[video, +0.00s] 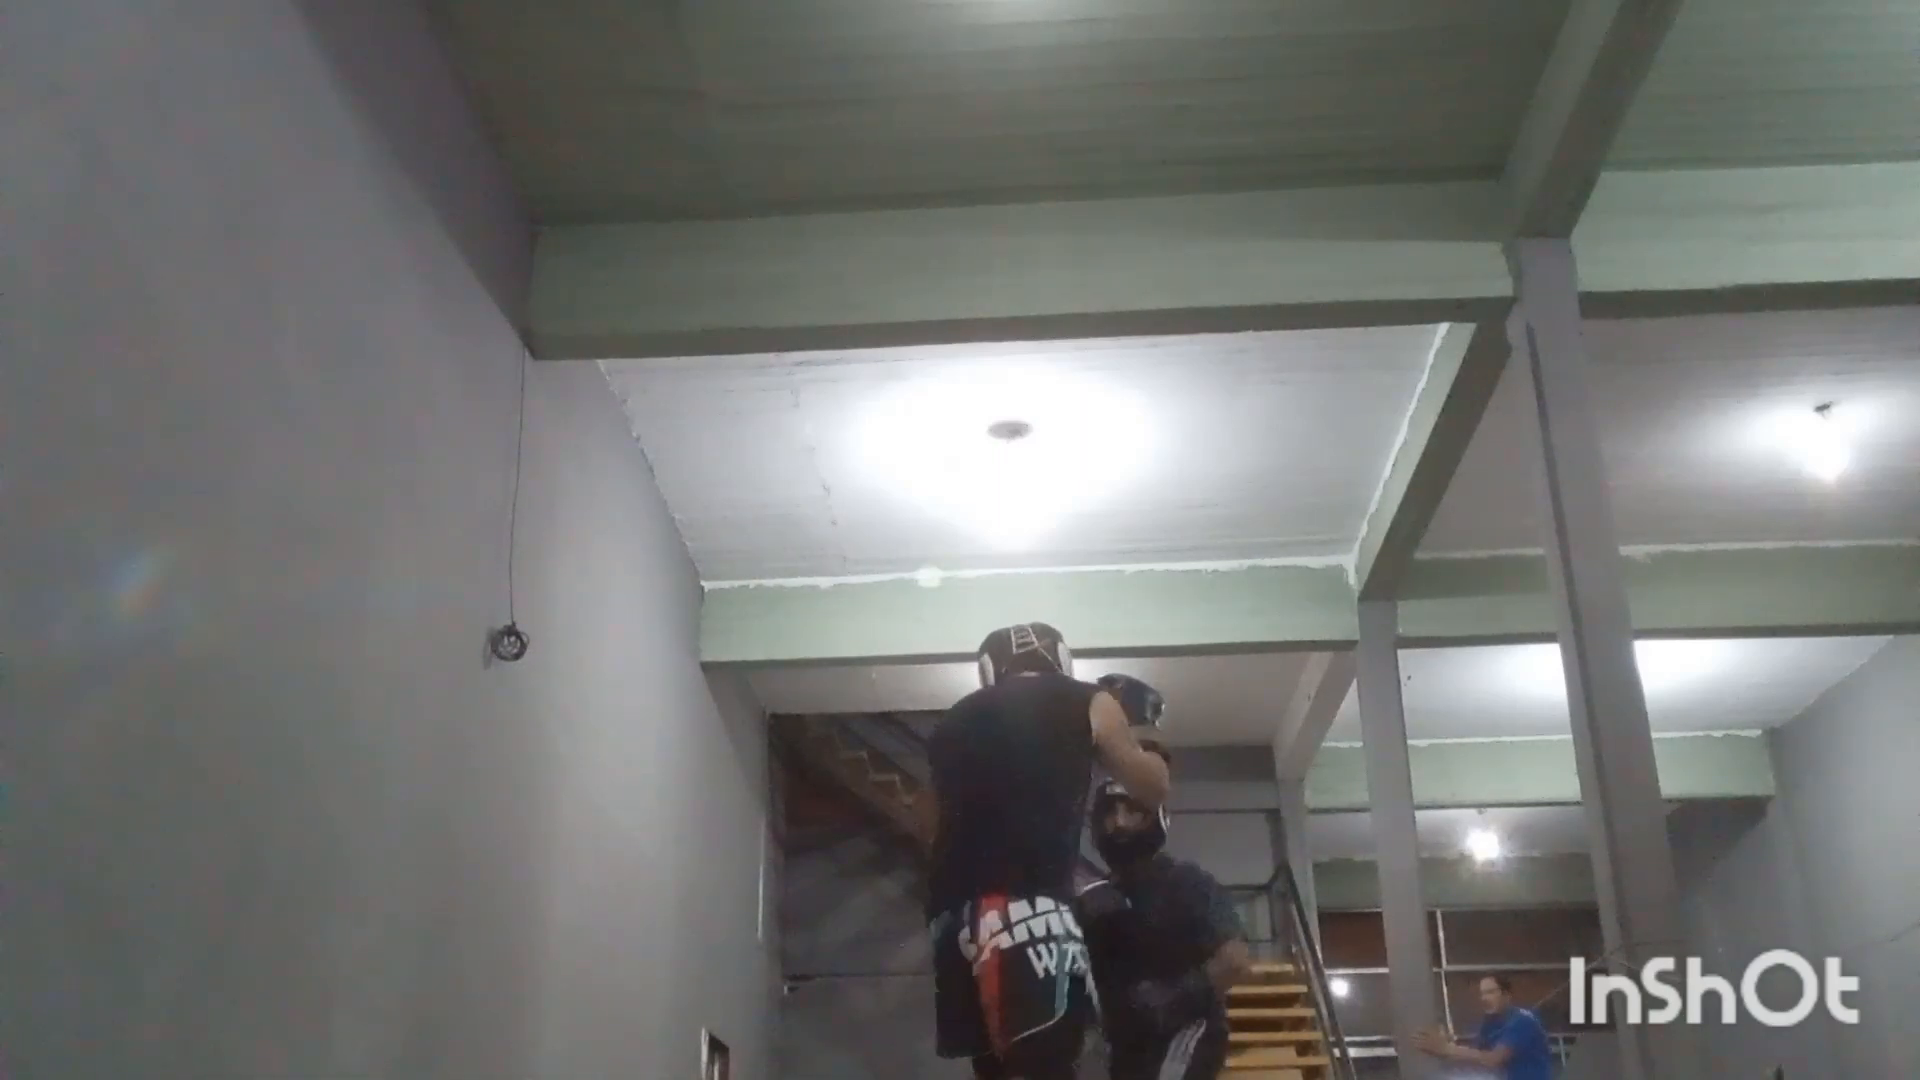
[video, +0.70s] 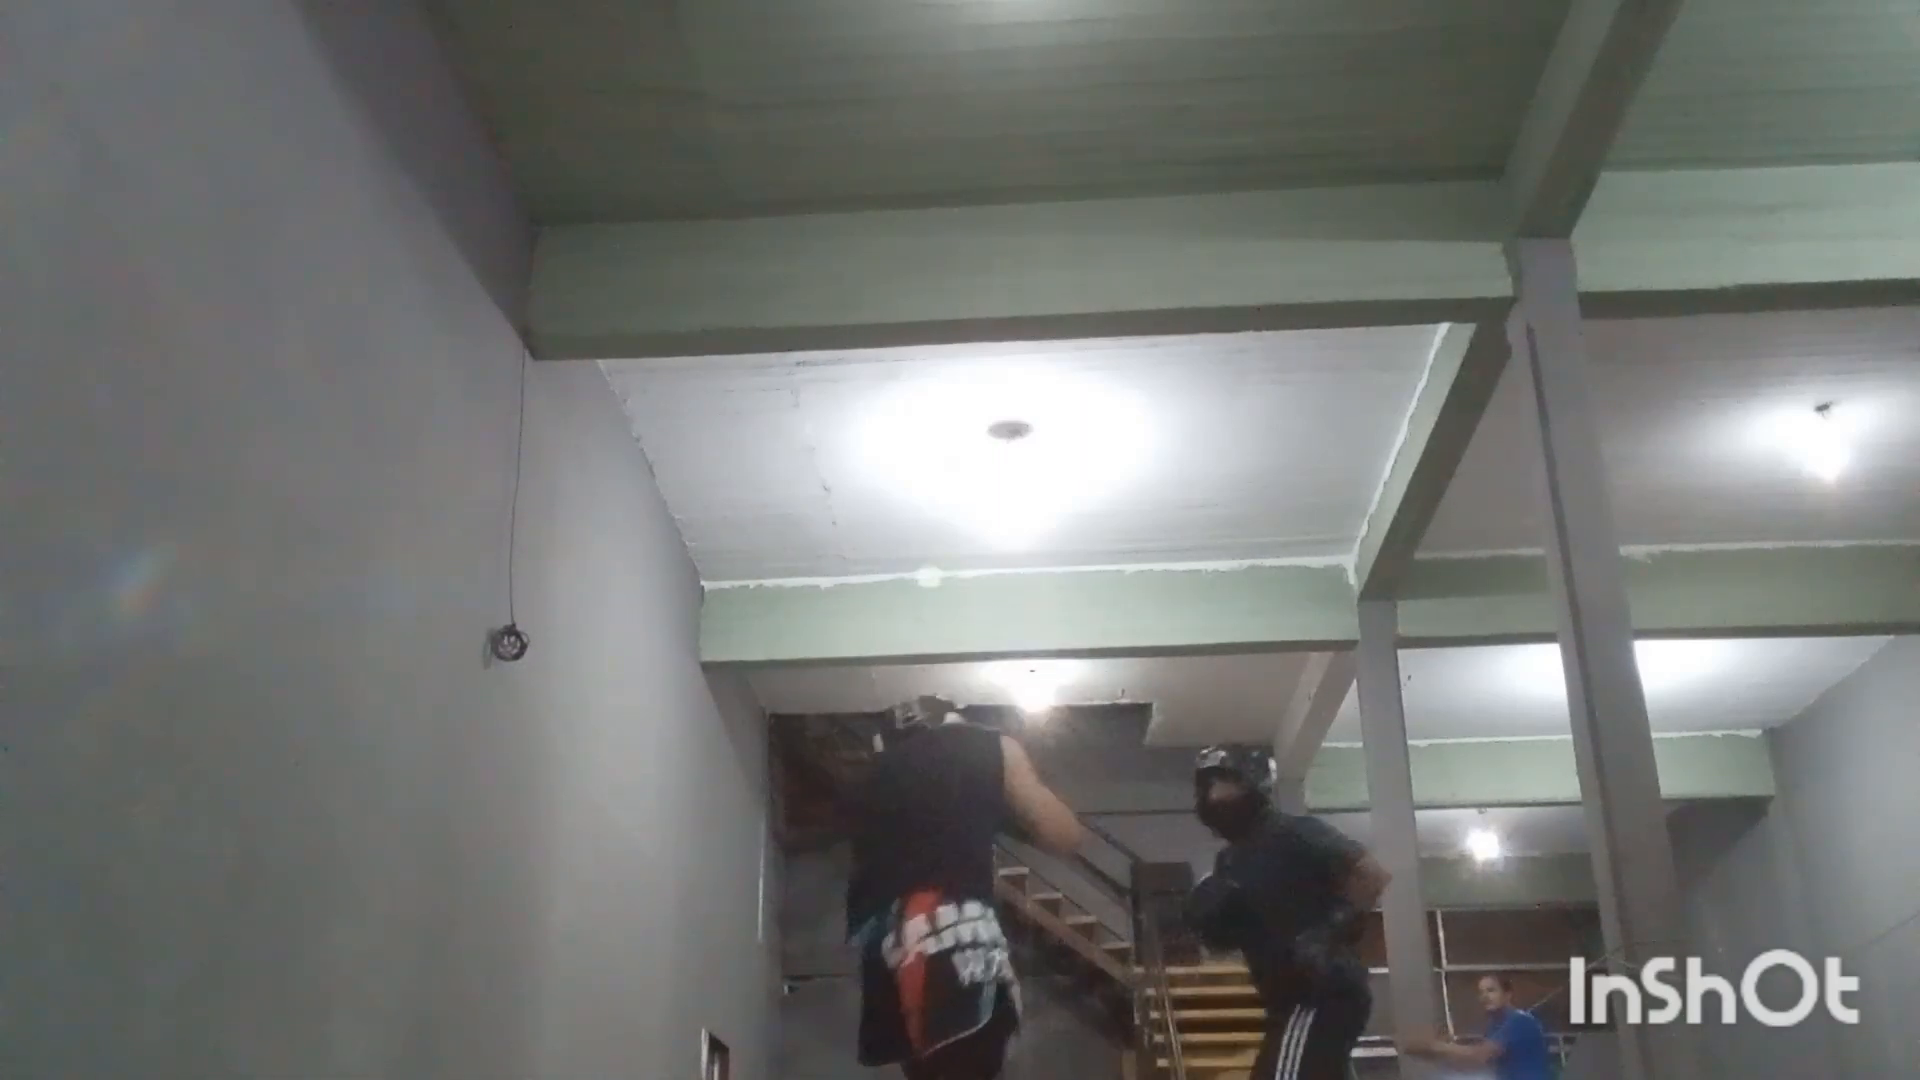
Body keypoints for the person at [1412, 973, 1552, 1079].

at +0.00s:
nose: (1484, 998)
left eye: (1490, 992)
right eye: (1482, 994)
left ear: (1506, 994)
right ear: (1480, 996)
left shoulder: (1523, 1020)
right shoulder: (1491, 1021)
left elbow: (1495, 1060)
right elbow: (1479, 1051)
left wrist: (1446, 1049)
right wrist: (1446, 1046)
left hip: (1532, 1075)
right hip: (1509, 1075)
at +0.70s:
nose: (1485, 996)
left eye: (1491, 991)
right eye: (1481, 993)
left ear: (1507, 993)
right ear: (1478, 997)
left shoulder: (1519, 1021)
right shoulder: (1496, 1021)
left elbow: (1483, 1055)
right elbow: (1482, 1051)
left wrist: (1434, 1046)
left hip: (1528, 1075)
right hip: (1508, 1075)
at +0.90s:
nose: (1474, 993)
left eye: (1480, 988)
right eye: (1472, 990)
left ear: (1497, 993)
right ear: (1469, 993)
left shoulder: (1508, 1019)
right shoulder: (1487, 1020)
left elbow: (1475, 1053)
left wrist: (1433, 1048)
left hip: (1516, 1075)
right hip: (1498, 1074)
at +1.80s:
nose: (1456, 992)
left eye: (1461, 988)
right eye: (1452, 989)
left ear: (1473, 992)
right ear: (1447, 995)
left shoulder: (1482, 1017)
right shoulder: (1458, 1024)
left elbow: (1475, 1054)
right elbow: (1452, 1055)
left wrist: (1423, 1049)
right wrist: (1416, 1044)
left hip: (1481, 1075)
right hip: (1460, 1075)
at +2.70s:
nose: (1452, 993)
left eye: (1457, 988)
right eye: (1447, 990)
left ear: (1466, 991)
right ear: (1443, 996)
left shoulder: (1480, 1018)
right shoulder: (1453, 1030)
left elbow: (1474, 1057)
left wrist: (1426, 1049)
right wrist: (1418, 1049)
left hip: (1484, 1075)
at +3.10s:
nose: (1451, 994)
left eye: (1456, 989)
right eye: (1447, 991)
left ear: (1466, 992)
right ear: (1442, 996)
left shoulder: (1479, 1017)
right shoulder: (1453, 1029)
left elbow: (1475, 1056)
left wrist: (1425, 1049)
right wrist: (1420, 1047)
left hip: (1482, 1075)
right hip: (1460, 1075)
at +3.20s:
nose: (1451, 994)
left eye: (1456, 989)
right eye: (1446, 991)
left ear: (1467, 992)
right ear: (1442, 996)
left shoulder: (1479, 1017)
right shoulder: (1454, 1029)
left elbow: (1475, 1055)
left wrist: (1428, 1050)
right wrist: (1420, 1047)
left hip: (1482, 1075)